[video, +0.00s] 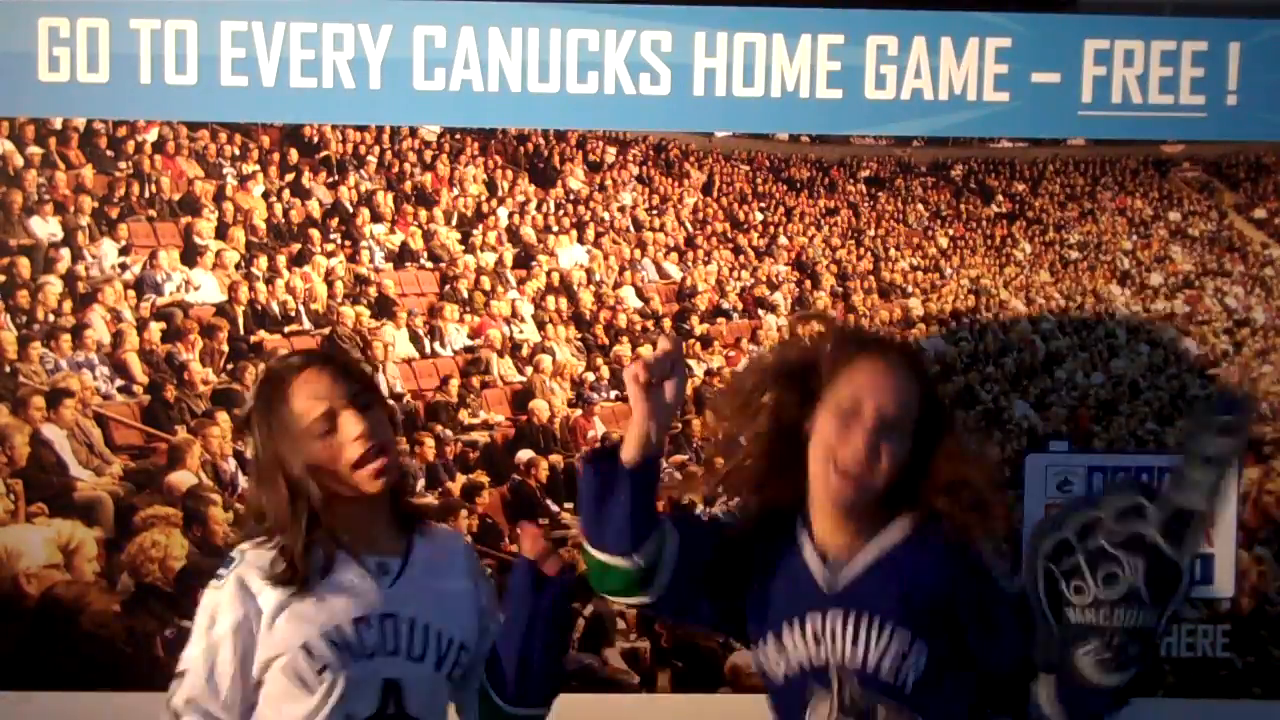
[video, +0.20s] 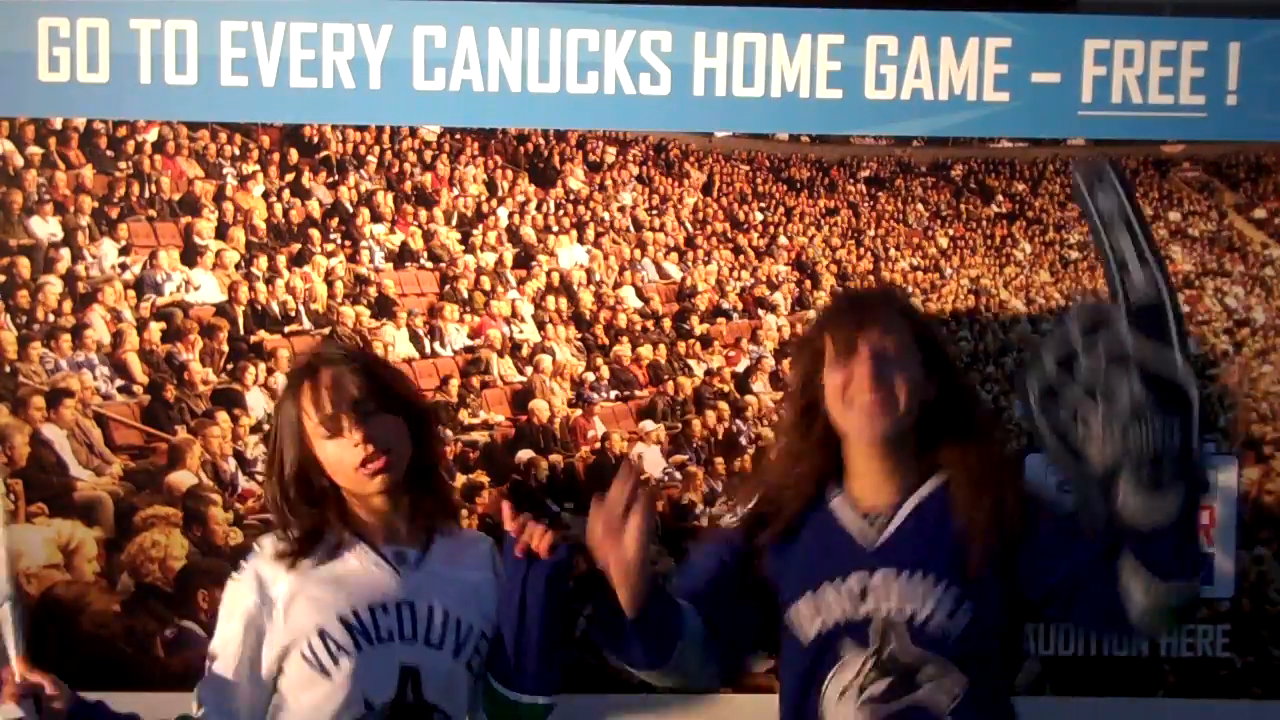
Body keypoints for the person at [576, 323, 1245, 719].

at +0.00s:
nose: (862, 443)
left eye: (888, 432)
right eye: (847, 417)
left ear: (914, 456)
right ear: (807, 421)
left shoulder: (954, 573)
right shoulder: (757, 554)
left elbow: (1036, 701)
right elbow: (630, 567)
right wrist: (639, 448)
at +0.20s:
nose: (867, 372)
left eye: (889, 357)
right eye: (847, 357)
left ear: (924, 387)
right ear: (818, 390)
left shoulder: (996, 503)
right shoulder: (779, 528)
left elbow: (1138, 613)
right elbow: (698, 666)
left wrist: (1152, 502)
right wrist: (637, 593)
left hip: (963, 711)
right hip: (823, 712)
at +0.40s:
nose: (864, 448)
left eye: (877, 418)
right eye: (847, 440)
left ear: (934, 416)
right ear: (840, 472)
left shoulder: (1047, 561)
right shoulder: (828, 591)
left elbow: (1157, 613)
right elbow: (760, 709)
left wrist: (1109, 470)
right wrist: (674, 652)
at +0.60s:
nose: (821, 378)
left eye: (843, 357)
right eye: (819, 365)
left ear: (924, 368)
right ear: (820, 393)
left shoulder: (1023, 532)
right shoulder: (807, 509)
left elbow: (1127, 679)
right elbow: (657, 562)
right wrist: (652, 433)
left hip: (968, 707)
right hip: (821, 705)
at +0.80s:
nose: (805, 422)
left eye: (831, 403)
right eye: (809, 401)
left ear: (909, 420)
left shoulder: (995, 586)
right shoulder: (795, 538)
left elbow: (1031, 709)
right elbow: (654, 527)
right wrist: (644, 381)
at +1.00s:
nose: (810, 426)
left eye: (832, 400)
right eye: (808, 411)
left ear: (912, 409)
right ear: (805, 436)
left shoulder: (1019, 575)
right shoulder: (804, 550)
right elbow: (680, 602)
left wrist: (1146, 631)